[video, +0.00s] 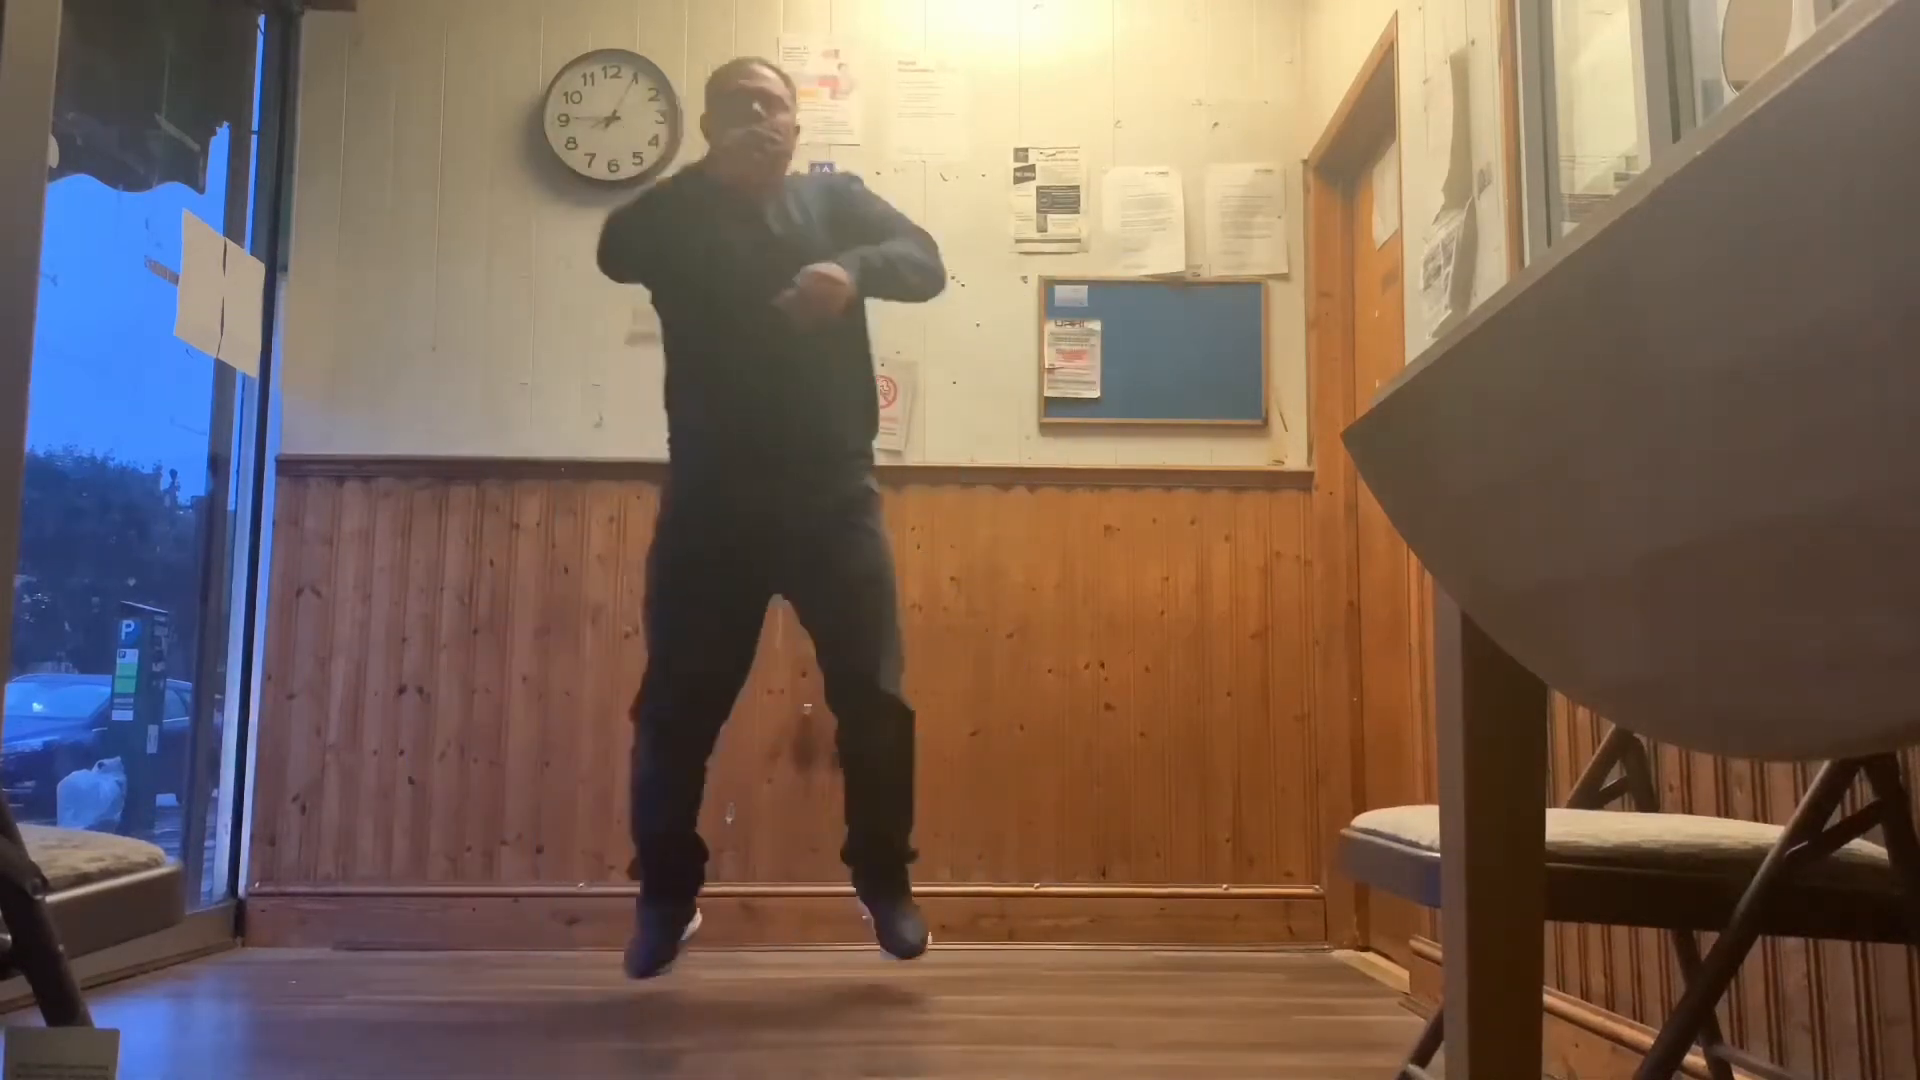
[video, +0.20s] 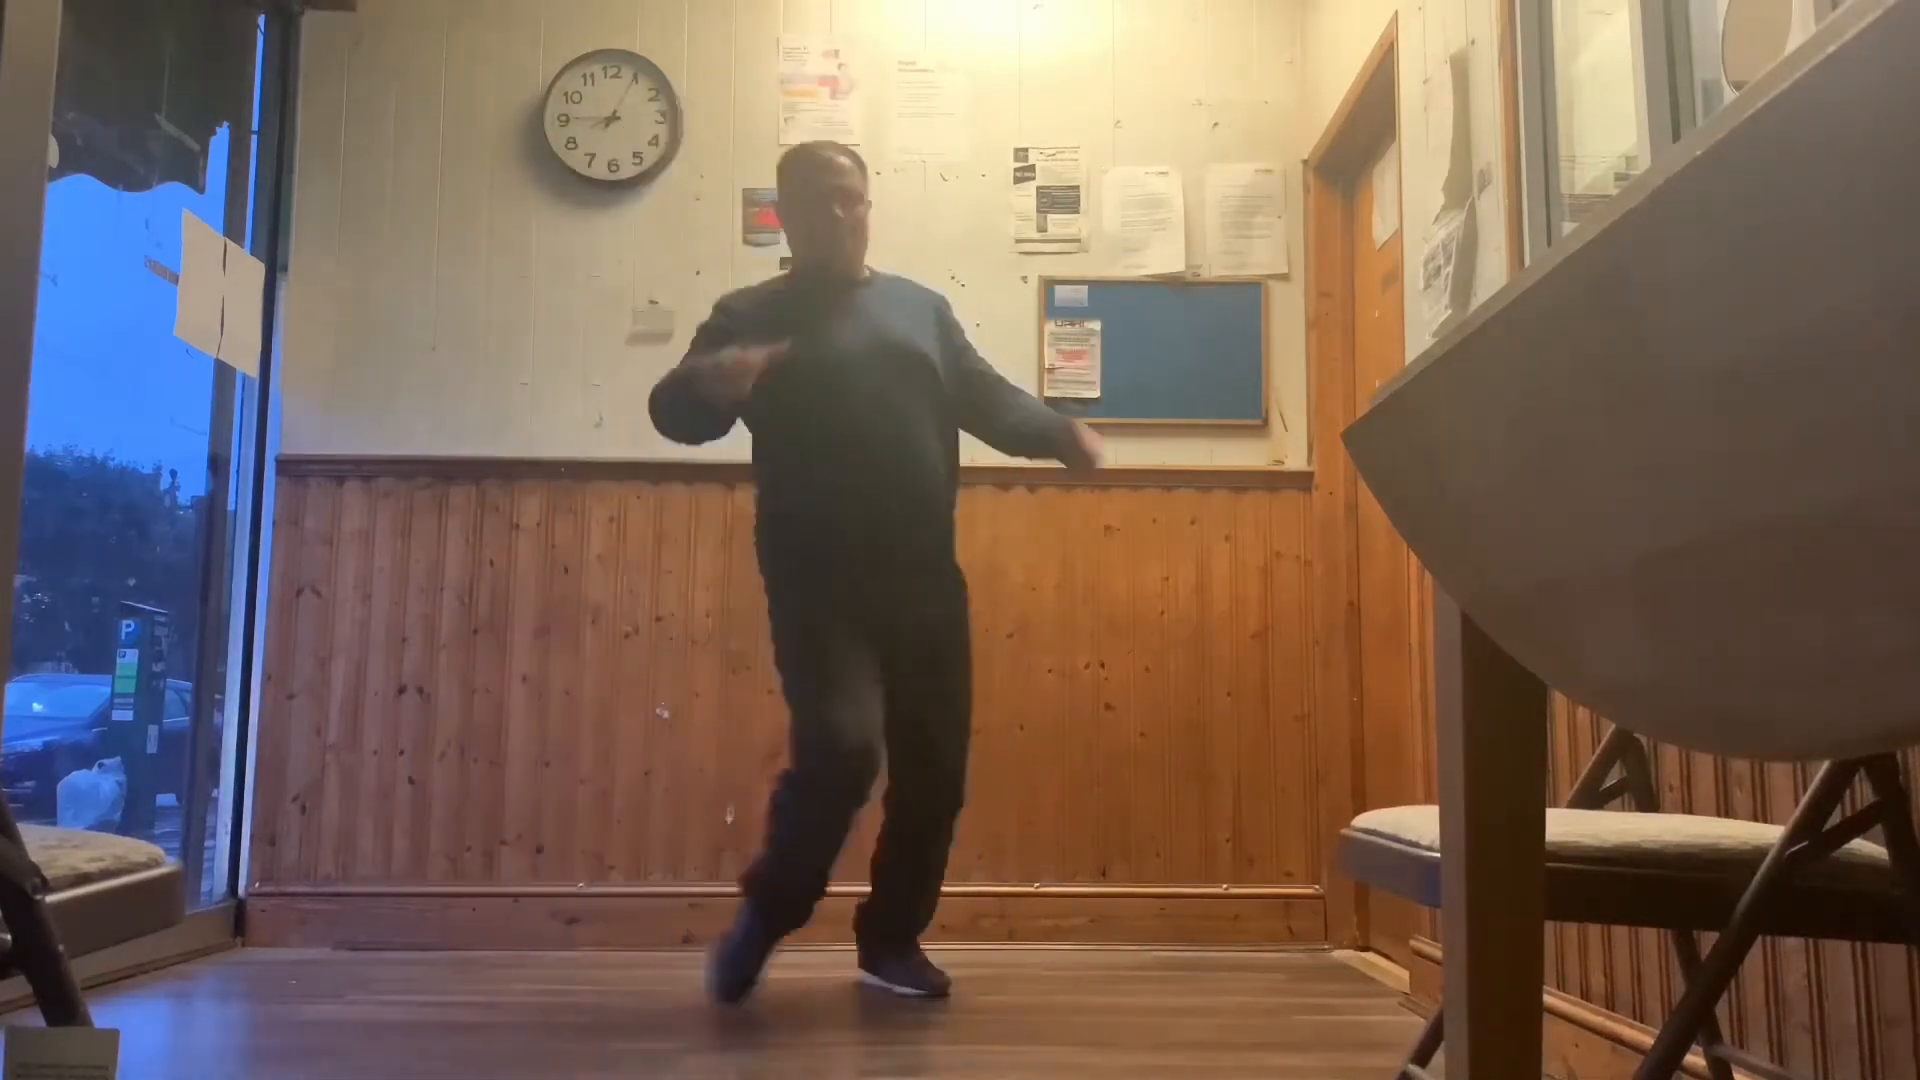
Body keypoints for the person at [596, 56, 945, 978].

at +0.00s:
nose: (763, 118)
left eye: (776, 105)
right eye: (743, 107)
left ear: (797, 124)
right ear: (708, 128)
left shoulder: (837, 199)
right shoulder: (680, 214)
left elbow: (927, 263)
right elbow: (616, 252)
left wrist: (852, 270)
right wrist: (705, 174)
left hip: (833, 499)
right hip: (713, 504)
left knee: (875, 694)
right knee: (676, 708)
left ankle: (885, 879)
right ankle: (665, 893)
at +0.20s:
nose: (846, 214)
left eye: (855, 199)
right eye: (827, 201)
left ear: (872, 210)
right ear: (786, 215)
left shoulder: (920, 308)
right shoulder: (747, 319)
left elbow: (981, 394)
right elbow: (676, 416)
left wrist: (1059, 430)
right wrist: (707, 387)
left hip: (922, 575)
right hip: (815, 579)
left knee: (932, 776)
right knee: (845, 754)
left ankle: (891, 944)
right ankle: (765, 921)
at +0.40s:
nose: (900, 260)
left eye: (911, 242)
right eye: (880, 244)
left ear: (927, 241)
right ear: (835, 244)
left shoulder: (968, 318)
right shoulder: (783, 335)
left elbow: (1057, 366)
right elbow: (650, 374)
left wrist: (1148, 397)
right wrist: (503, 398)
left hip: (996, 588)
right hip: (891, 597)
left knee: (1033, 796)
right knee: (993, 754)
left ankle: (911, 912)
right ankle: (1047, 978)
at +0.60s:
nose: (918, 199)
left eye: (933, 190)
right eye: (898, 187)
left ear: (953, 224)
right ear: (861, 217)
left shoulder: (990, 318)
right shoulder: (807, 329)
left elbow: (1073, 411)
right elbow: (718, 418)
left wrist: (1159, 492)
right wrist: (628, 491)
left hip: (982, 574)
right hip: (875, 583)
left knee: (1035, 771)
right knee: (960, 760)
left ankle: (962, 919)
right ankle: (1041, 966)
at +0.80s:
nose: (865, 178)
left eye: (885, 171)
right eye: (851, 169)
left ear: (920, 204)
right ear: (830, 201)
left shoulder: (959, 302)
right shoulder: (790, 287)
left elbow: (990, 415)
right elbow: (724, 393)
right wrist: (813, 352)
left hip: (934, 560)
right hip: (819, 557)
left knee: (976, 744)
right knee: (797, 712)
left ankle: (958, 940)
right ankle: (833, 871)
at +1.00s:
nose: (805, 162)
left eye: (828, 153)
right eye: (794, 152)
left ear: (864, 186)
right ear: (774, 175)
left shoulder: (887, 255)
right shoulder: (736, 268)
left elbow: (881, 244)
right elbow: (671, 380)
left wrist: (771, 195)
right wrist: (711, 358)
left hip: (843, 529)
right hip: (739, 526)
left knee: (849, 730)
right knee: (688, 724)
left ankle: (873, 909)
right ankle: (686, 919)